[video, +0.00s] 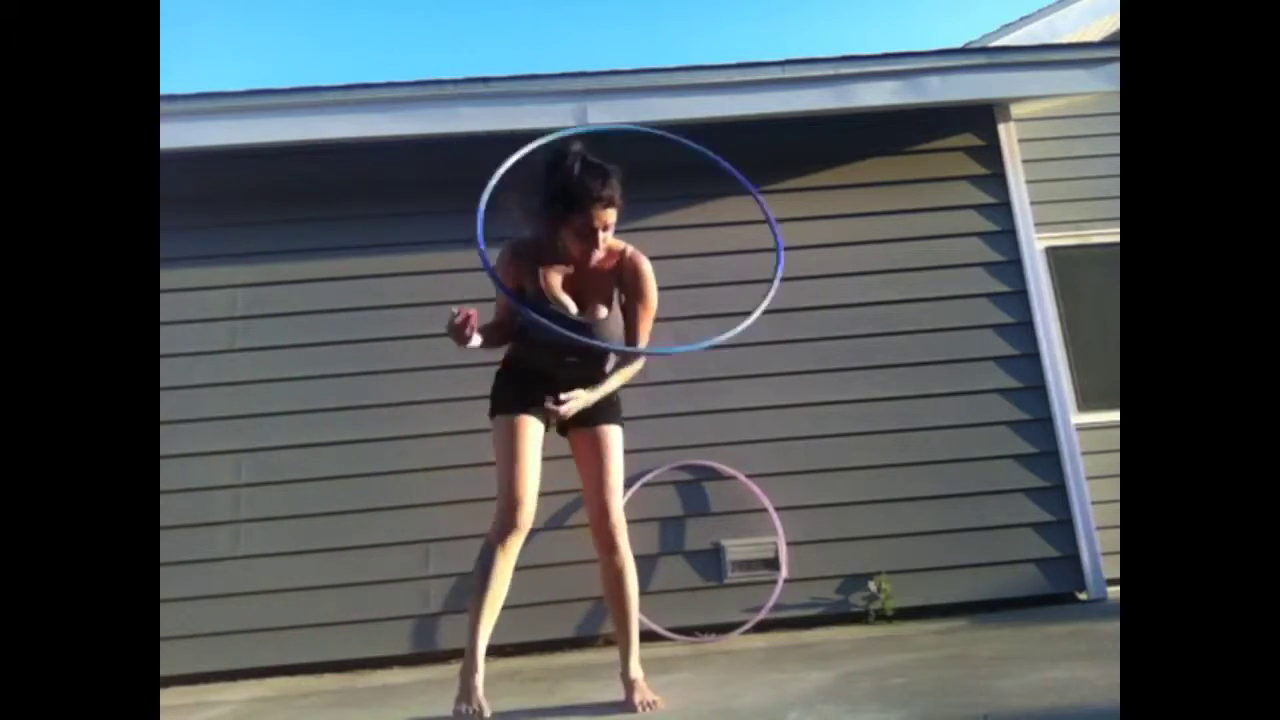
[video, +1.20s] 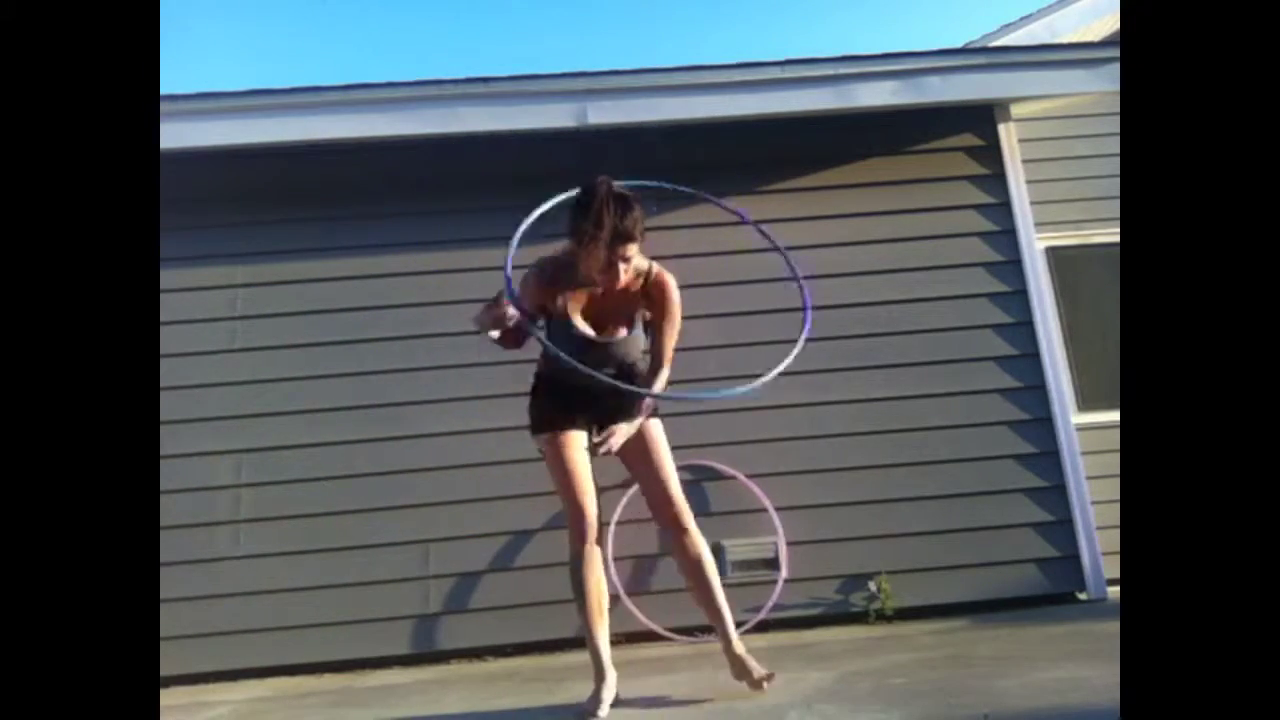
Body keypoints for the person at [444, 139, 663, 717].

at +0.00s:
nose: (599, 240)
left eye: (608, 228)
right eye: (587, 229)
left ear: (617, 217)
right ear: (558, 219)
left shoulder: (631, 267)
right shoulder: (523, 257)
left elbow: (637, 354)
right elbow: (504, 330)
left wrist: (590, 395)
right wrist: (475, 335)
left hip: (599, 384)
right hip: (526, 378)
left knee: (611, 527)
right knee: (515, 517)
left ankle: (633, 669)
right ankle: (473, 668)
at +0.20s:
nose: (612, 234)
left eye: (620, 223)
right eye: (601, 225)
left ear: (629, 211)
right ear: (576, 211)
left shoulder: (641, 266)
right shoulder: (544, 245)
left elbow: (640, 355)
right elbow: (533, 291)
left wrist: (573, 395)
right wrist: (499, 263)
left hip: (614, 379)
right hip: (550, 372)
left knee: (613, 519)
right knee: (544, 509)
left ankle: (634, 666)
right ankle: (517, 614)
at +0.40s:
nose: (611, 244)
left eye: (618, 233)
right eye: (600, 234)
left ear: (629, 220)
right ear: (575, 222)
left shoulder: (645, 268)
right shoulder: (546, 254)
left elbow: (652, 354)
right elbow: (529, 315)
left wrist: (596, 405)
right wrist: (511, 303)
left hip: (626, 382)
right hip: (562, 378)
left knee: (620, 523)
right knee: (568, 511)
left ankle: (635, 666)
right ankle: (559, 627)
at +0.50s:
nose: (602, 252)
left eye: (611, 241)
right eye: (592, 242)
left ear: (626, 224)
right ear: (568, 224)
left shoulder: (650, 270)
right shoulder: (539, 270)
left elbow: (659, 337)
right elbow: (530, 345)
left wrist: (650, 379)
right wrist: (545, 369)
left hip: (628, 380)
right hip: (563, 381)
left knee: (622, 519)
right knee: (578, 515)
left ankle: (635, 668)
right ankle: (582, 663)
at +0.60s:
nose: (605, 252)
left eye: (614, 241)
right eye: (594, 242)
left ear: (628, 227)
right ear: (569, 226)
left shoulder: (650, 259)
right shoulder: (543, 278)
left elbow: (653, 312)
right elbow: (548, 366)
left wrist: (674, 322)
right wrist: (592, 421)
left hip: (630, 384)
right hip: (564, 386)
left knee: (625, 517)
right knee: (588, 519)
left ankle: (634, 665)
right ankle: (602, 668)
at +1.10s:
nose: (616, 269)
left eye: (626, 258)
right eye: (606, 258)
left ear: (640, 246)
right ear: (583, 246)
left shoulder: (657, 281)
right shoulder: (550, 291)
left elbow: (658, 348)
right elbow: (535, 365)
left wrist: (657, 374)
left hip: (621, 392)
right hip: (557, 397)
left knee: (658, 517)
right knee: (586, 531)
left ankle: (689, 650)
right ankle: (603, 672)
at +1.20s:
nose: (618, 269)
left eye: (627, 258)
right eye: (607, 259)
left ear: (640, 247)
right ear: (583, 247)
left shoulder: (658, 284)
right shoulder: (552, 277)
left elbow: (660, 367)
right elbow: (504, 329)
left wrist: (631, 423)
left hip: (629, 392)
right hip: (562, 393)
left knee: (679, 518)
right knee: (584, 528)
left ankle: (734, 646)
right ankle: (604, 673)